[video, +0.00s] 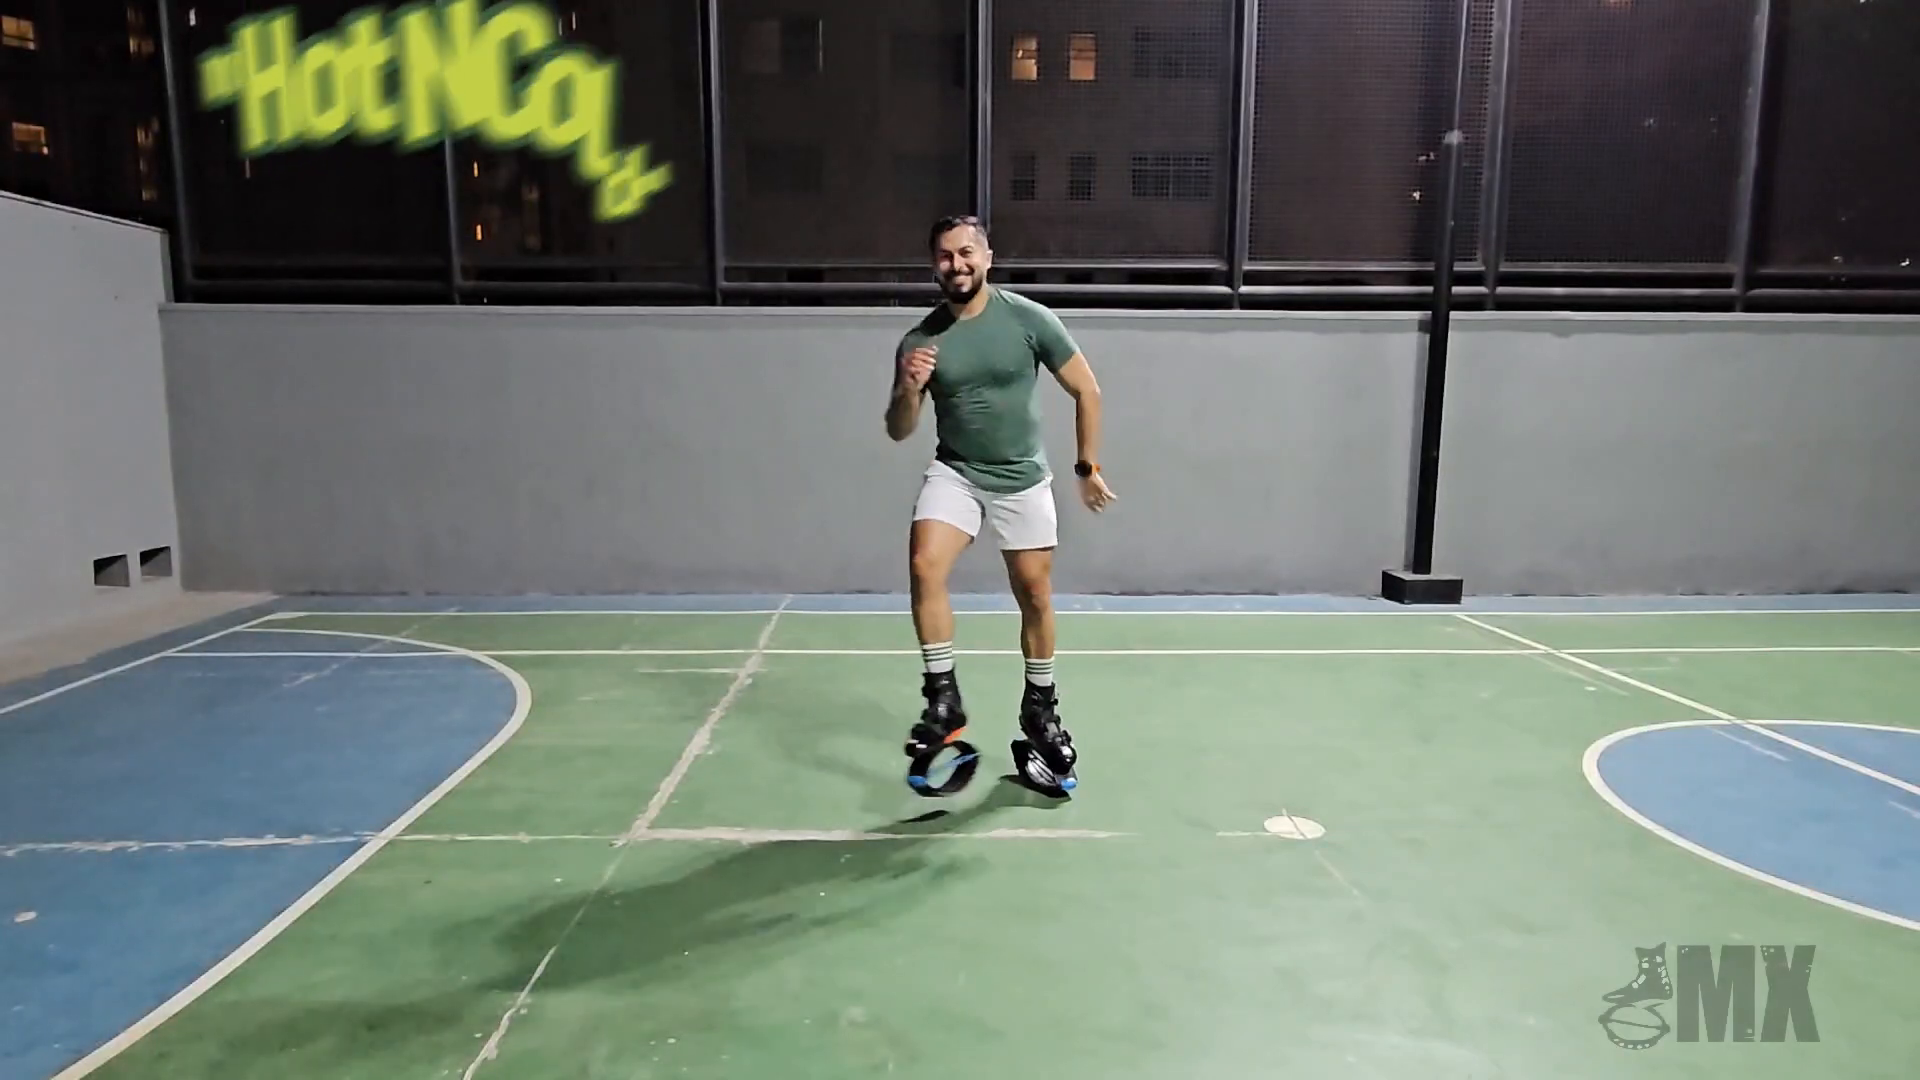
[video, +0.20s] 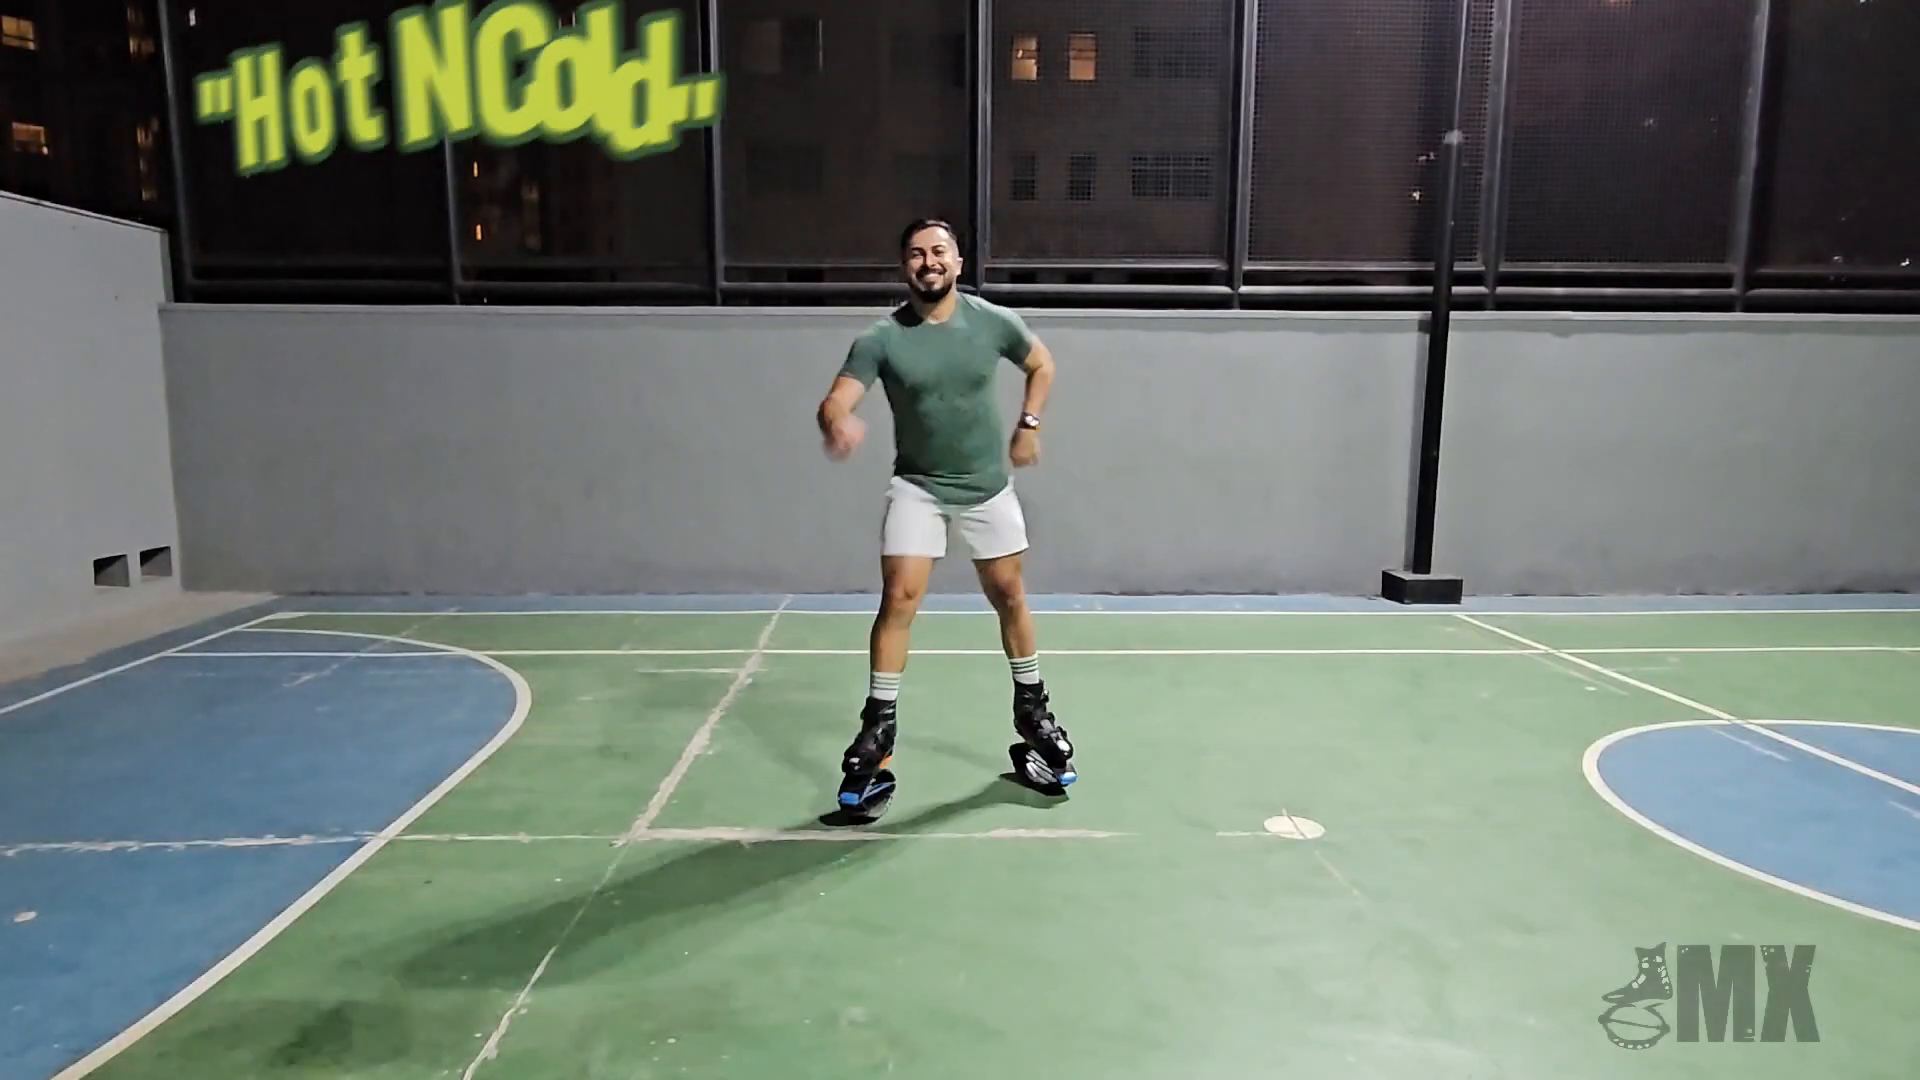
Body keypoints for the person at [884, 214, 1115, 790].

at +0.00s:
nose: (956, 264)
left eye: (967, 252)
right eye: (945, 255)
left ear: (989, 258)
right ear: (935, 264)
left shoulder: (1030, 319)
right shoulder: (921, 340)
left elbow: (1087, 388)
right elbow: (898, 430)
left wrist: (1087, 467)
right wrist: (910, 388)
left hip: (1024, 479)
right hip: (955, 474)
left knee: (1035, 592)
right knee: (925, 566)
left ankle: (1040, 711)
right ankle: (942, 700)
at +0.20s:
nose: (928, 261)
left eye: (938, 251)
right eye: (917, 254)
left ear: (959, 262)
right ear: (903, 268)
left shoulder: (993, 322)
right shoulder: (881, 339)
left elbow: (1041, 363)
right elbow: (836, 402)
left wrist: (1028, 424)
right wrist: (837, 423)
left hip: (988, 489)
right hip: (917, 490)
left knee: (1008, 590)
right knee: (899, 598)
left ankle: (1033, 710)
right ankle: (878, 728)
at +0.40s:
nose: (893, 257)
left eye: (903, 246)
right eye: (881, 249)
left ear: (920, 258)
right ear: (867, 264)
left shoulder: (947, 332)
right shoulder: (839, 330)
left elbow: (975, 420)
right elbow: (799, 421)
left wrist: (958, 379)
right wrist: (777, 501)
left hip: (935, 482)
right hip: (867, 487)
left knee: (972, 592)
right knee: (871, 603)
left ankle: (961, 681)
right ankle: (874, 729)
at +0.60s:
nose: (855, 265)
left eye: (866, 255)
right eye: (844, 257)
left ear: (885, 264)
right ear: (831, 269)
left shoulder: (915, 333)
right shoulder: (799, 336)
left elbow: (927, 409)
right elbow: (771, 415)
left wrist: (878, 387)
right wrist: (768, 492)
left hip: (893, 488)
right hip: (829, 489)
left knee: (897, 608)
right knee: (846, 600)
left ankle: (827, 696)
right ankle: (866, 737)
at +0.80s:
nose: (816, 272)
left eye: (829, 263)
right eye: (807, 264)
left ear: (851, 274)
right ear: (797, 274)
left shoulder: (875, 344)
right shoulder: (770, 342)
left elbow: (895, 431)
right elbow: (753, 420)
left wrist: (876, 503)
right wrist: (741, 485)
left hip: (851, 490)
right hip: (785, 479)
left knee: (835, 601)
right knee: (779, 577)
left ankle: (812, 700)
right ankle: (802, 706)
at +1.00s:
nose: (785, 261)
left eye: (797, 252)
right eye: (776, 250)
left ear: (816, 261)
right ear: (763, 258)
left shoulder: (844, 326)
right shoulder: (732, 329)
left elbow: (895, 395)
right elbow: (691, 387)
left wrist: (934, 459)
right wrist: (660, 452)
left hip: (821, 478)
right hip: (755, 468)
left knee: (813, 590)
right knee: (722, 571)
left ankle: (801, 694)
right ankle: (718, 687)